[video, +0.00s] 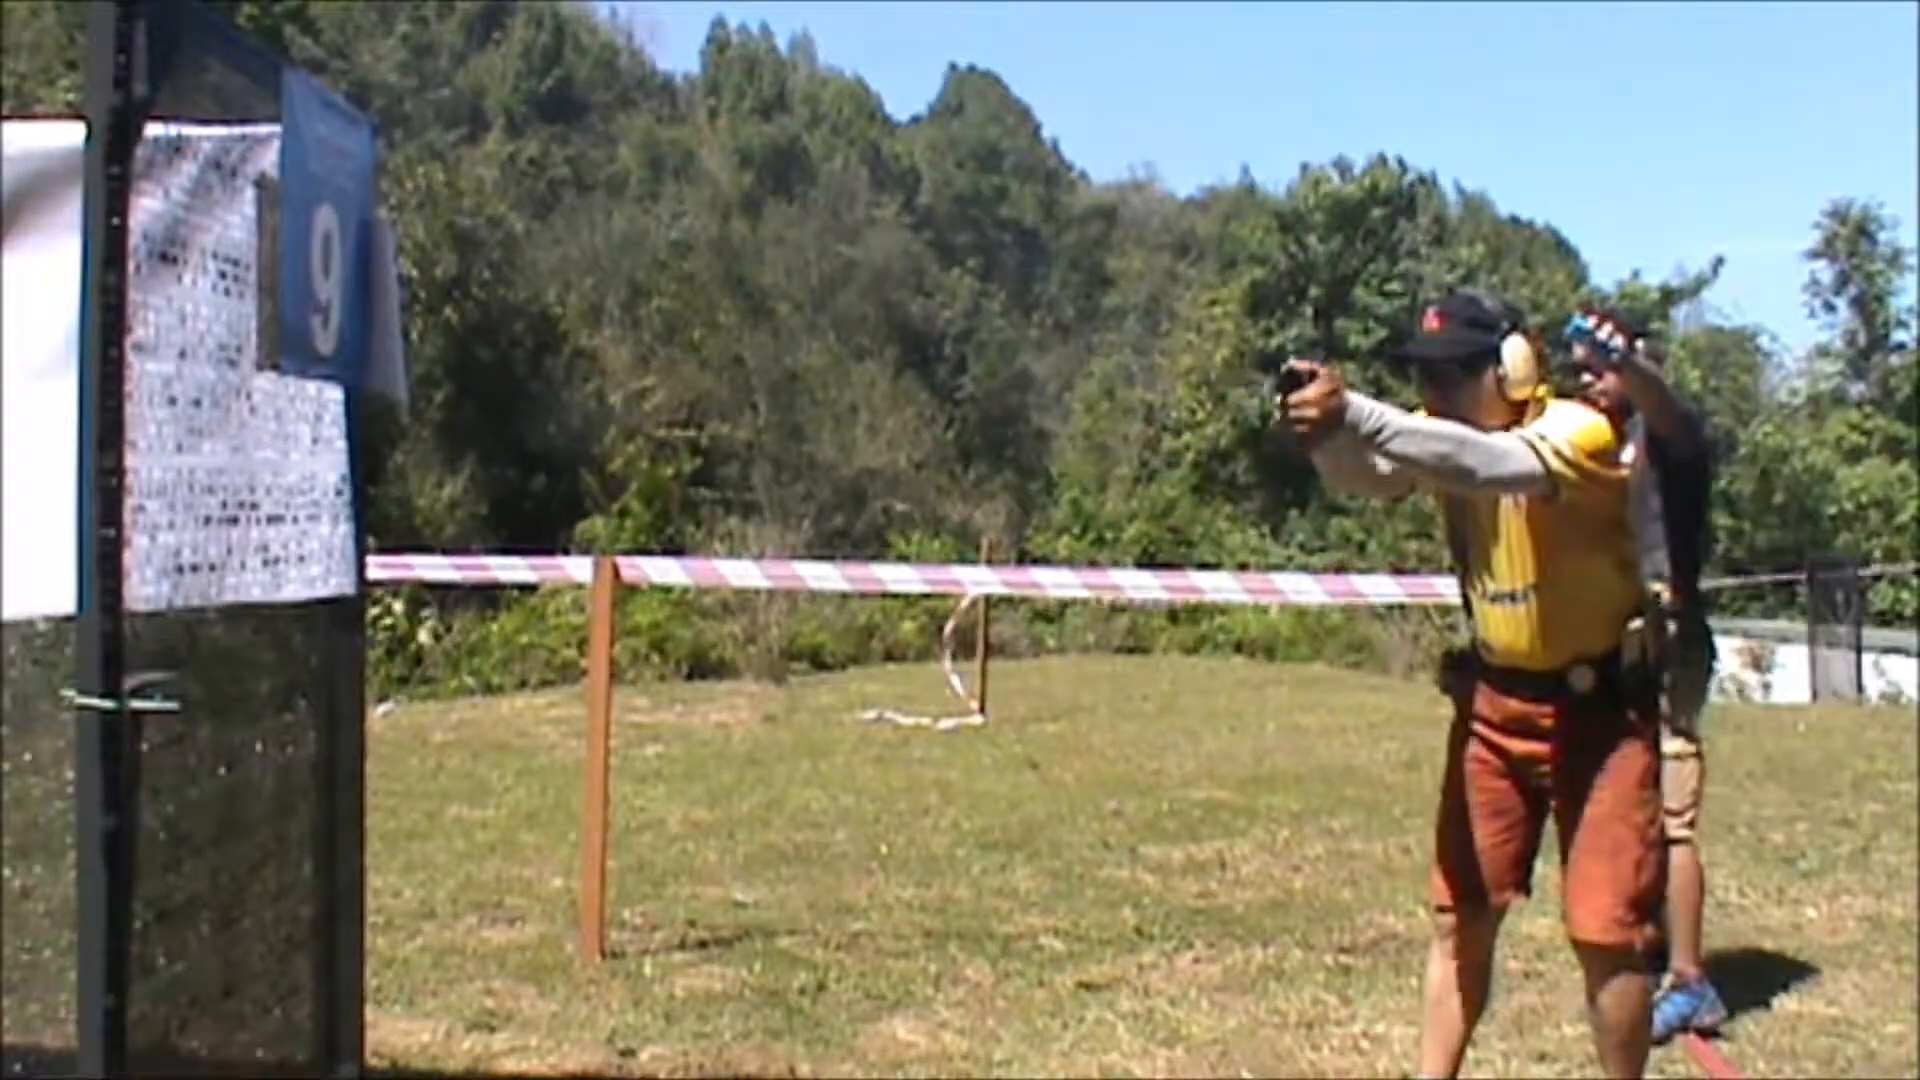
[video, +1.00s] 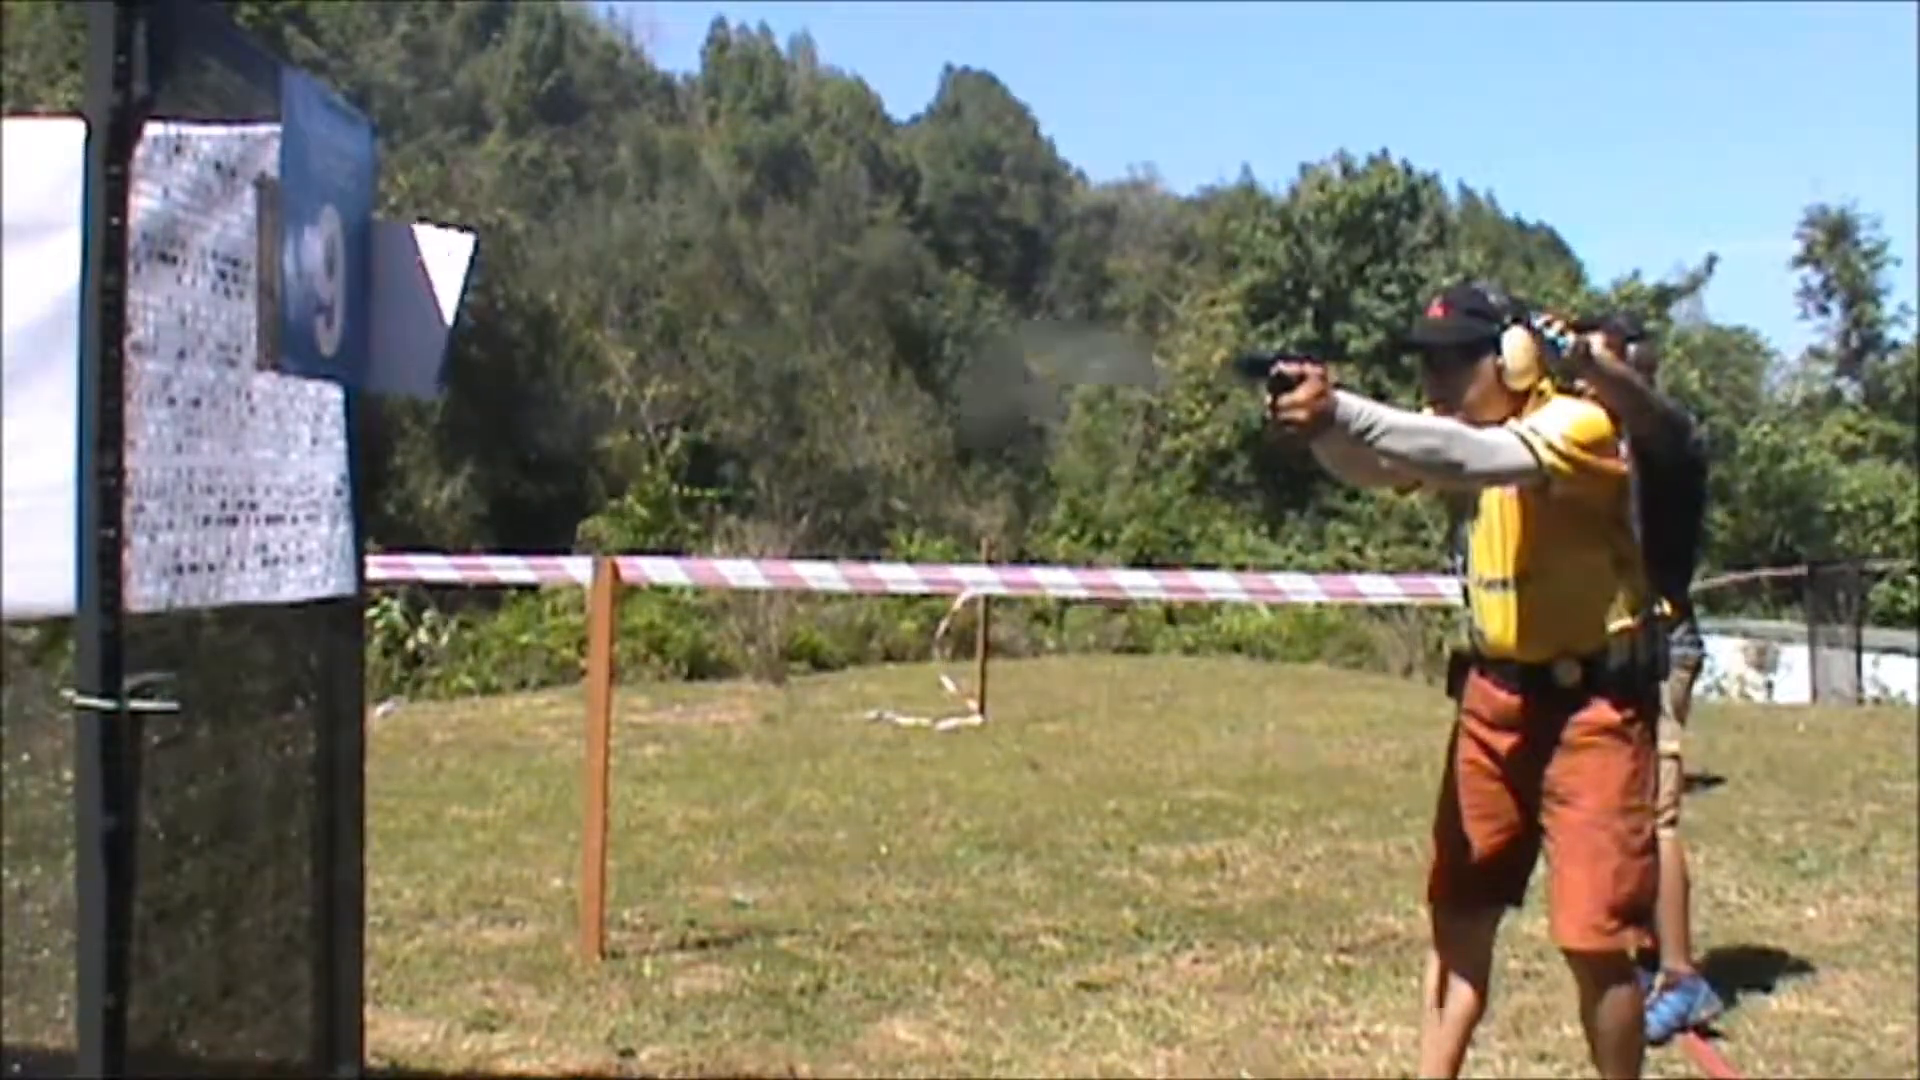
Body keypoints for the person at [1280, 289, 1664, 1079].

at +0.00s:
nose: (1433, 395)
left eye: (1448, 376)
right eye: (1427, 378)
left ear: (1504, 371)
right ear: (1432, 374)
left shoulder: (1582, 430)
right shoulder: (1453, 446)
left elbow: (1496, 463)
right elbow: (1370, 473)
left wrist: (1355, 412)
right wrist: (1319, 430)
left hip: (1602, 712)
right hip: (1496, 708)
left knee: (1607, 932)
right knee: (1463, 911)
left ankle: (1623, 1073)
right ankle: (1435, 1071)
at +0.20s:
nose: (1433, 394)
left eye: (1449, 374)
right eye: (1428, 375)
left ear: (1505, 370)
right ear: (1431, 373)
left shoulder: (1583, 431)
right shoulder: (1457, 446)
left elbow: (1483, 464)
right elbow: (1375, 474)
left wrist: (1345, 417)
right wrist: (1317, 437)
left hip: (1601, 710)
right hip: (1495, 703)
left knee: (1601, 932)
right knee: (1463, 905)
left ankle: (1625, 1072)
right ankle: (1435, 1069)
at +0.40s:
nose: (1432, 391)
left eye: (1447, 371)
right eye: (1427, 372)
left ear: (1502, 366)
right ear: (1432, 371)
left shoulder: (1582, 430)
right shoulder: (1461, 447)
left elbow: (1477, 462)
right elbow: (1378, 471)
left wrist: (1341, 412)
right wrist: (1312, 432)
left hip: (1599, 704)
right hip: (1495, 698)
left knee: (1596, 933)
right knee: (1462, 901)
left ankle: (1623, 1072)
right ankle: (1437, 1067)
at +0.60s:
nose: (1434, 390)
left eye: (1449, 369)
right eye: (1428, 371)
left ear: (1502, 362)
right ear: (1429, 368)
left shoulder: (1580, 427)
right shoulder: (1460, 443)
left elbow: (1479, 456)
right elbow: (1376, 466)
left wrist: (1342, 405)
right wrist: (1314, 419)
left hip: (1597, 701)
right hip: (1494, 695)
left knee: (1595, 934)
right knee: (1462, 902)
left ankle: (1622, 1072)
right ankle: (1435, 1069)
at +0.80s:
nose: (1436, 390)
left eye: (1451, 369)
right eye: (1429, 370)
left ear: (1506, 360)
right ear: (1428, 368)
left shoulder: (1581, 426)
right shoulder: (1466, 442)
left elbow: (1475, 459)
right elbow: (1382, 469)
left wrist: (1337, 408)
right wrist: (1311, 427)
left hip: (1596, 702)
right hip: (1495, 695)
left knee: (1593, 935)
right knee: (1461, 904)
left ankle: (1622, 1072)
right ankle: (1434, 1070)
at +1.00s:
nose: (1435, 385)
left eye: (1451, 365)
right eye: (1429, 366)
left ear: (1506, 360)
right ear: (1430, 364)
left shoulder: (1580, 424)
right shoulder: (1470, 440)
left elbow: (1473, 455)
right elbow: (1386, 467)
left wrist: (1340, 408)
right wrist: (1316, 424)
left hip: (1597, 706)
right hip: (1495, 699)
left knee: (1594, 938)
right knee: (1461, 906)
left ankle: (1620, 1072)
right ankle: (1434, 1070)